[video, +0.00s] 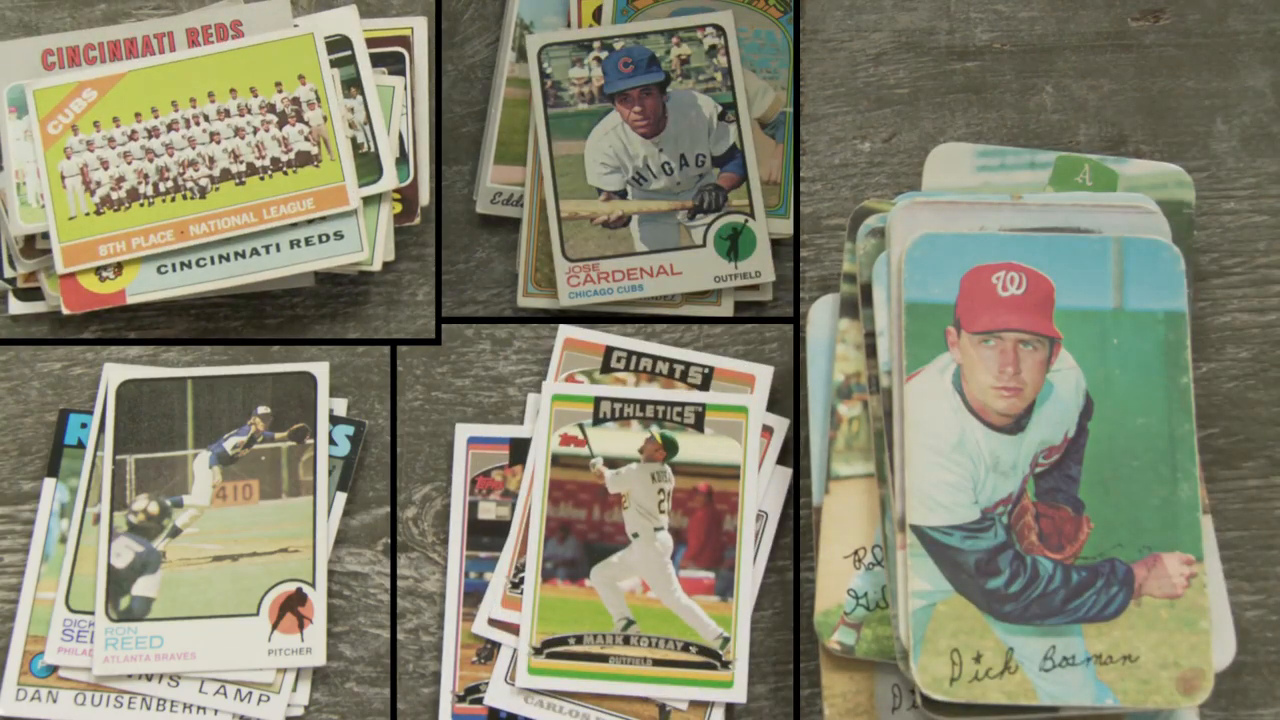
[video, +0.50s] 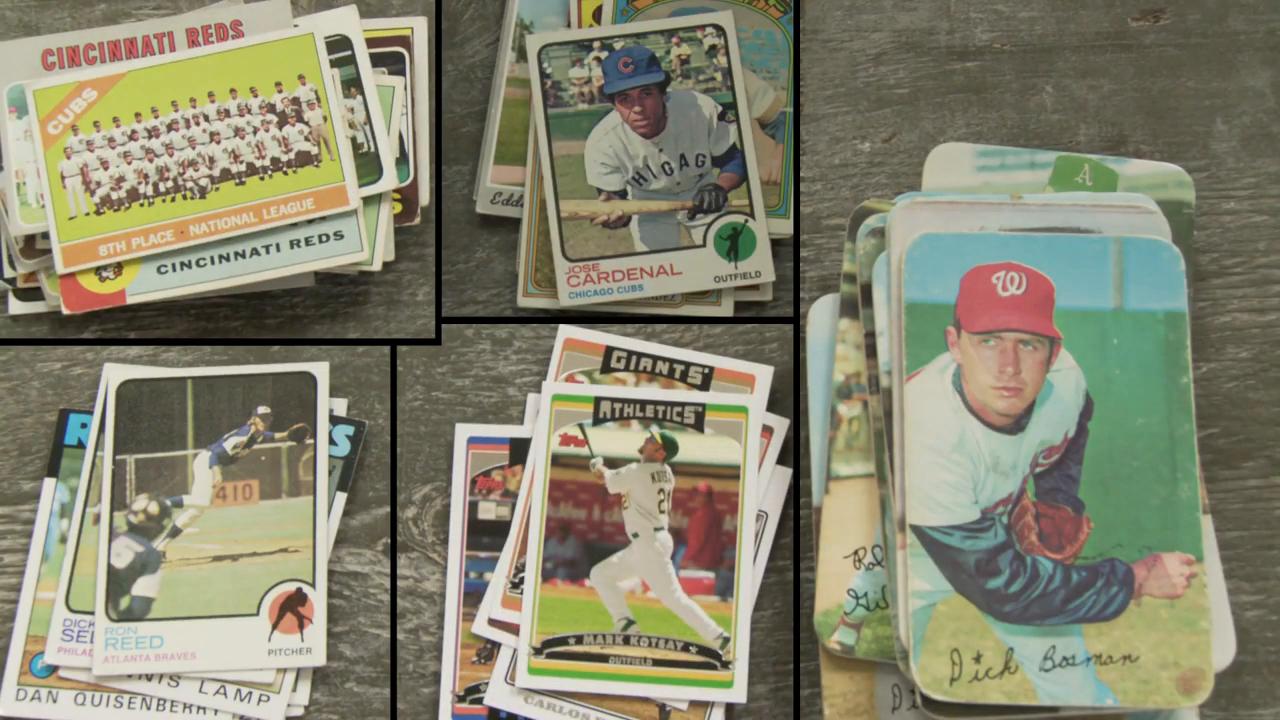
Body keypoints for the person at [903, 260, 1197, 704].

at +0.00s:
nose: (1009, 367)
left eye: (1029, 345)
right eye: (989, 342)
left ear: (1050, 350)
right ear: (955, 343)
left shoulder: (1063, 378)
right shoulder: (926, 438)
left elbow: (1066, 443)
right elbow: (1007, 587)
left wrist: (1056, 510)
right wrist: (1133, 579)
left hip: (1011, 539)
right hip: (920, 551)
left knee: (1077, 694)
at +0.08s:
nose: (1009, 367)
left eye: (1029, 345)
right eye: (989, 342)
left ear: (1050, 350)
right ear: (955, 343)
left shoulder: (1063, 378)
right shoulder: (926, 438)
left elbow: (1066, 443)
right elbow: (1007, 587)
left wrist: (1056, 510)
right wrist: (1133, 579)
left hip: (1011, 539)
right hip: (920, 551)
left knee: (1077, 694)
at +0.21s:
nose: (1009, 367)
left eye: (1029, 345)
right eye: (989, 342)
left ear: (1050, 350)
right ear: (955, 343)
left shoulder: (1063, 377)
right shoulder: (926, 438)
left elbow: (1066, 444)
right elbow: (1006, 587)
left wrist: (1056, 508)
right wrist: (1133, 579)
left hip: (1009, 537)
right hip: (917, 550)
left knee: (1078, 695)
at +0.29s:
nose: (1009, 367)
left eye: (1029, 345)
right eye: (989, 342)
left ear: (1050, 350)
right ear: (955, 343)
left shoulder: (1063, 377)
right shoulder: (926, 438)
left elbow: (1066, 443)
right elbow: (1006, 587)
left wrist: (1056, 508)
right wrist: (1133, 579)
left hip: (1009, 537)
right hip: (917, 550)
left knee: (1078, 695)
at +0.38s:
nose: (1009, 367)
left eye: (1029, 345)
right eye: (989, 342)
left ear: (1050, 350)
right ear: (955, 343)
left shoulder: (1063, 377)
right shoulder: (926, 438)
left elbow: (1066, 443)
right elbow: (1006, 587)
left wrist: (1056, 508)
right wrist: (1133, 579)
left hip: (1009, 537)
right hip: (917, 550)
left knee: (1078, 695)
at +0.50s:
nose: (1009, 367)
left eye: (1029, 345)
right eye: (989, 342)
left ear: (1050, 350)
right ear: (955, 343)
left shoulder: (1063, 377)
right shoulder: (926, 438)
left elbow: (1066, 443)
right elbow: (1006, 587)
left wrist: (1056, 508)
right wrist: (1133, 579)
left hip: (1009, 537)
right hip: (917, 550)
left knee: (1078, 695)